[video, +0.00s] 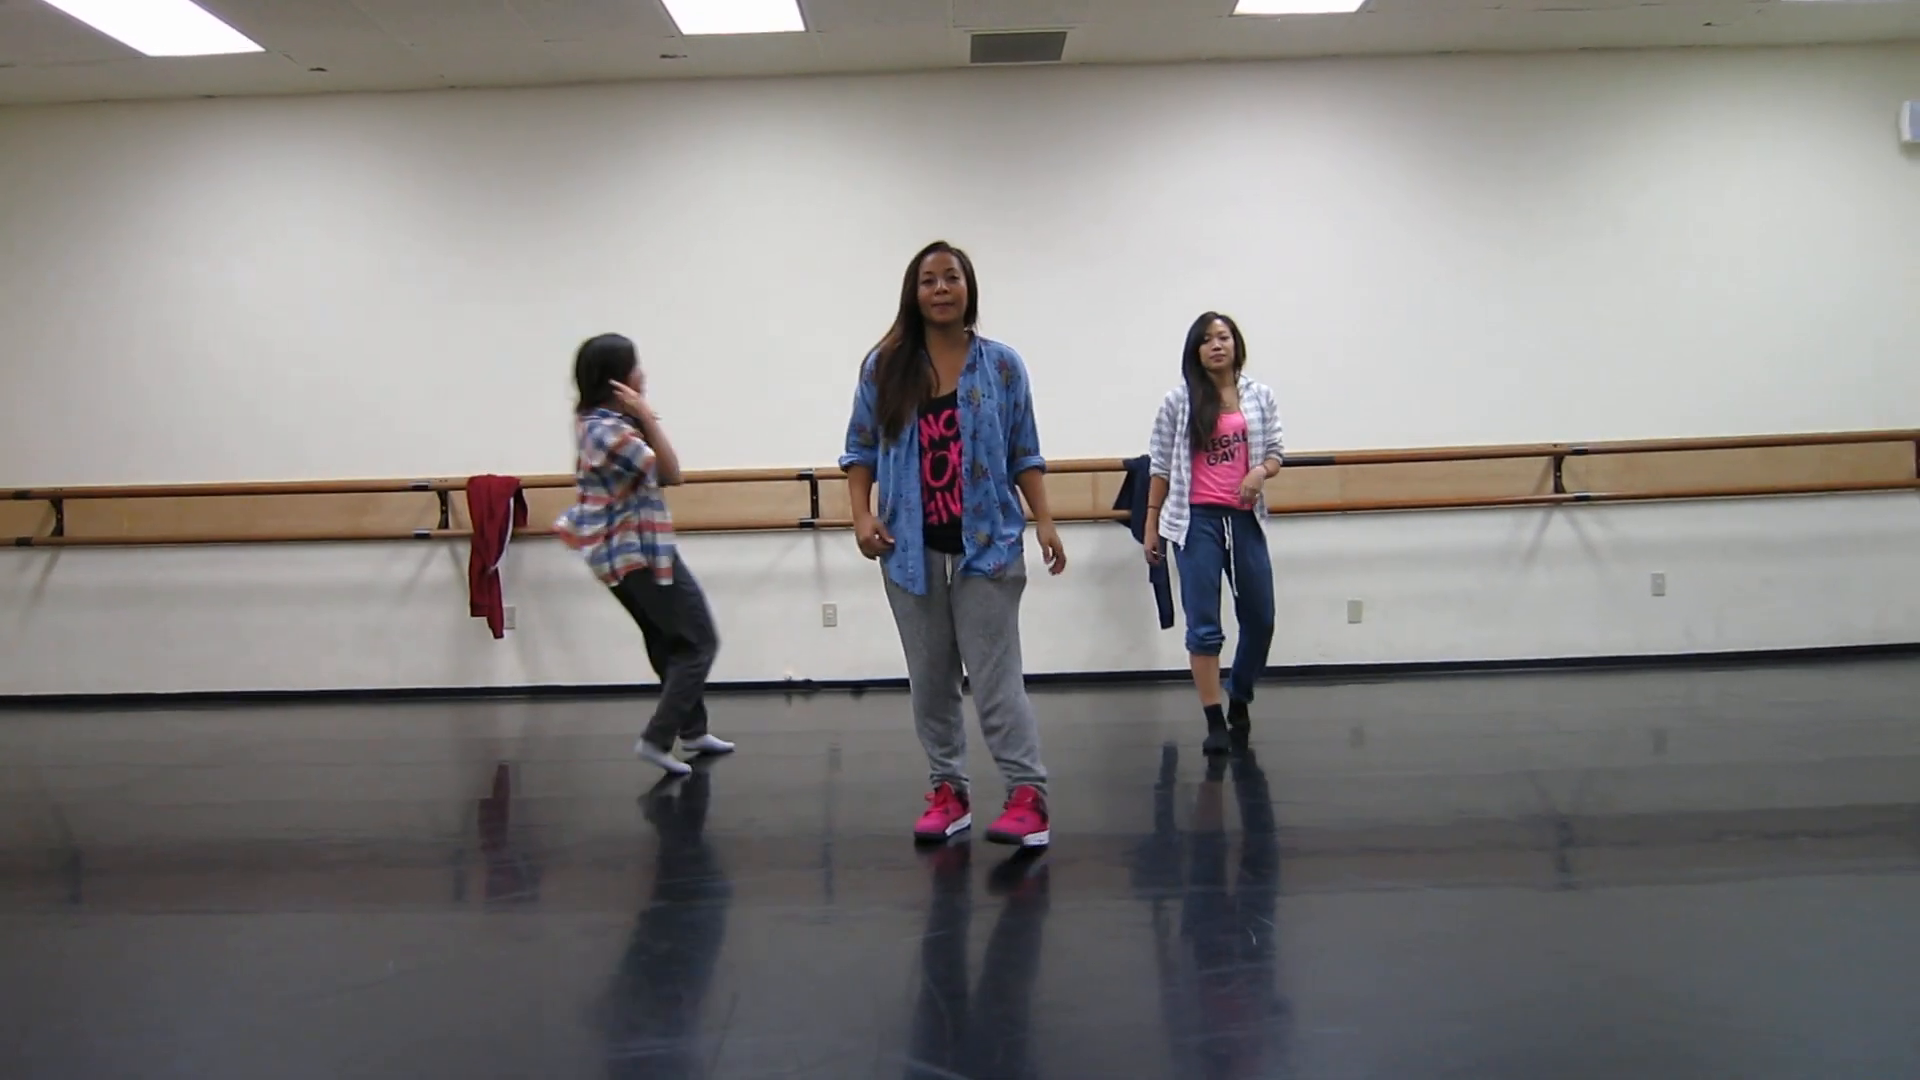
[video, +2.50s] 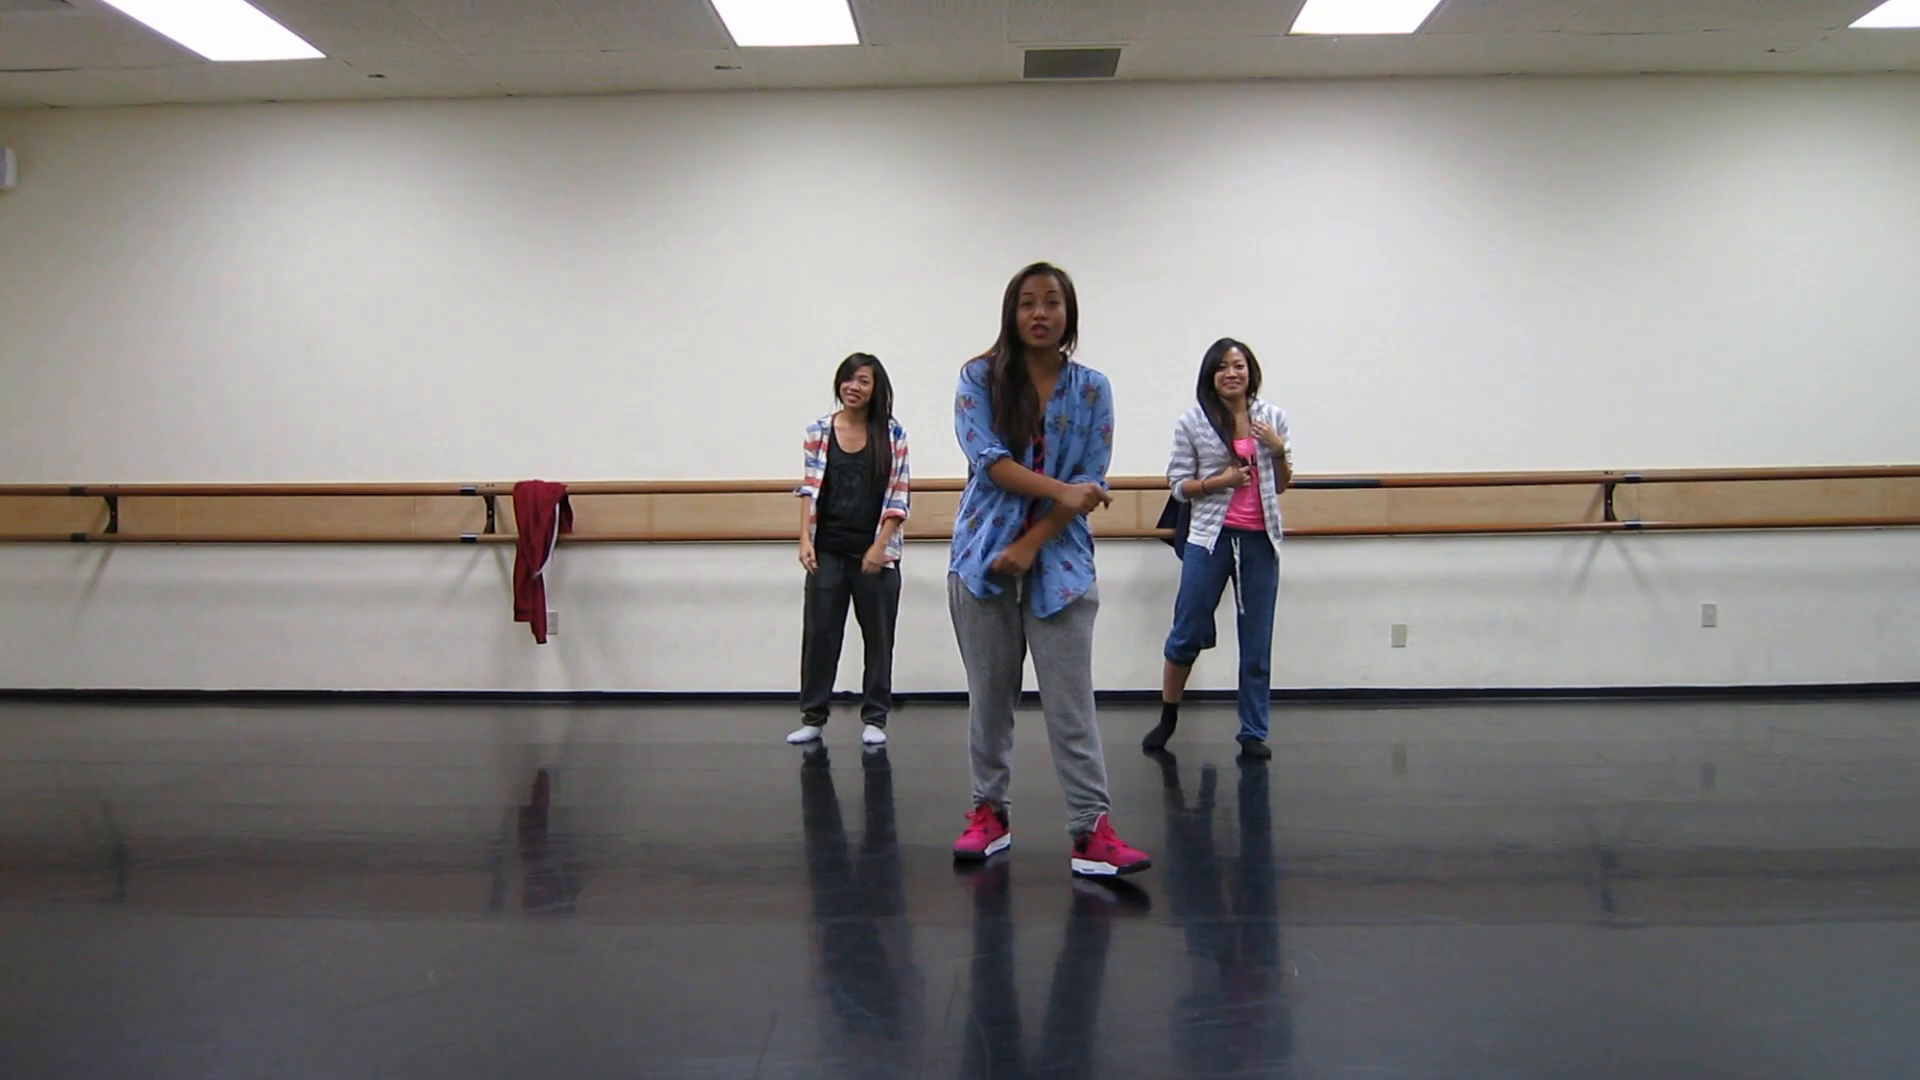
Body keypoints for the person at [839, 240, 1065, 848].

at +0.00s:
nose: (941, 288)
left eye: (952, 278)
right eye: (929, 280)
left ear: (970, 289)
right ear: (912, 293)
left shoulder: (1001, 363)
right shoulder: (883, 366)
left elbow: (1024, 452)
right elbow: (861, 448)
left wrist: (1044, 520)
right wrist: (862, 515)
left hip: (987, 547)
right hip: (910, 551)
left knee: (994, 676)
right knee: (930, 679)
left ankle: (1027, 792)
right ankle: (948, 791)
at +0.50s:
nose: (981, 289)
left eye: (992, 279)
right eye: (969, 281)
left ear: (1009, 290)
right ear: (953, 292)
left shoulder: (1034, 362)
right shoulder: (923, 361)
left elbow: (1040, 448)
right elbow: (917, 454)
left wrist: (958, 455)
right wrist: (986, 489)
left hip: (1016, 544)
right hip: (941, 546)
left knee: (1026, 677)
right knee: (953, 677)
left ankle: (1048, 795)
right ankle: (967, 791)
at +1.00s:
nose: (1003, 294)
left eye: (1015, 283)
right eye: (991, 285)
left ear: (1033, 293)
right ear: (975, 296)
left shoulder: (1062, 364)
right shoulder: (948, 371)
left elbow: (1101, 445)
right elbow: (912, 460)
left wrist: (1143, 516)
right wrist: (878, 540)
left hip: (1058, 546)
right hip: (979, 550)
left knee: (1066, 678)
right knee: (994, 678)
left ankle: (1087, 798)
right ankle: (1008, 791)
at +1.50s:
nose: (1028, 290)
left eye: (1038, 279)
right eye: (1016, 281)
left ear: (1058, 289)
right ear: (999, 293)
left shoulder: (1089, 366)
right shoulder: (970, 370)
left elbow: (1116, 462)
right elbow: (945, 463)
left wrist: (1122, 542)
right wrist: (933, 544)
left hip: (1075, 556)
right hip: (994, 558)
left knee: (1095, 683)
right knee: (1009, 684)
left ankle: (1121, 814)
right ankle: (1013, 797)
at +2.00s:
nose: (1075, 287)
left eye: (1085, 278)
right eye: (1062, 281)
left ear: (1104, 294)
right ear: (1045, 299)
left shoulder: (1131, 379)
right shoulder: (1012, 370)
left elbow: (1151, 475)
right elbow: (982, 463)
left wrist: (1161, 554)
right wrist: (964, 546)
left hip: (1105, 565)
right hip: (1024, 563)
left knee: (1110, 700)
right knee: (1020, 693)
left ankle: (1113, 826)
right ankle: (1005, 806)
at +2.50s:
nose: (1039, 314)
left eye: (1051, 303)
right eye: (1028, 304)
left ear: (1069, 313)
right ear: (1011, 313)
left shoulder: (1091, 387)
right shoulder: (979, 377)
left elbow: (1087, 484)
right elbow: (987, 460)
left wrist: (1032, 541)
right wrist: (1060, 490)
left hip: (1060, 563)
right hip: (982, 562)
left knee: (1071, 703)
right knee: (989, 699)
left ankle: (1090, 831)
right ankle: (988, 815)